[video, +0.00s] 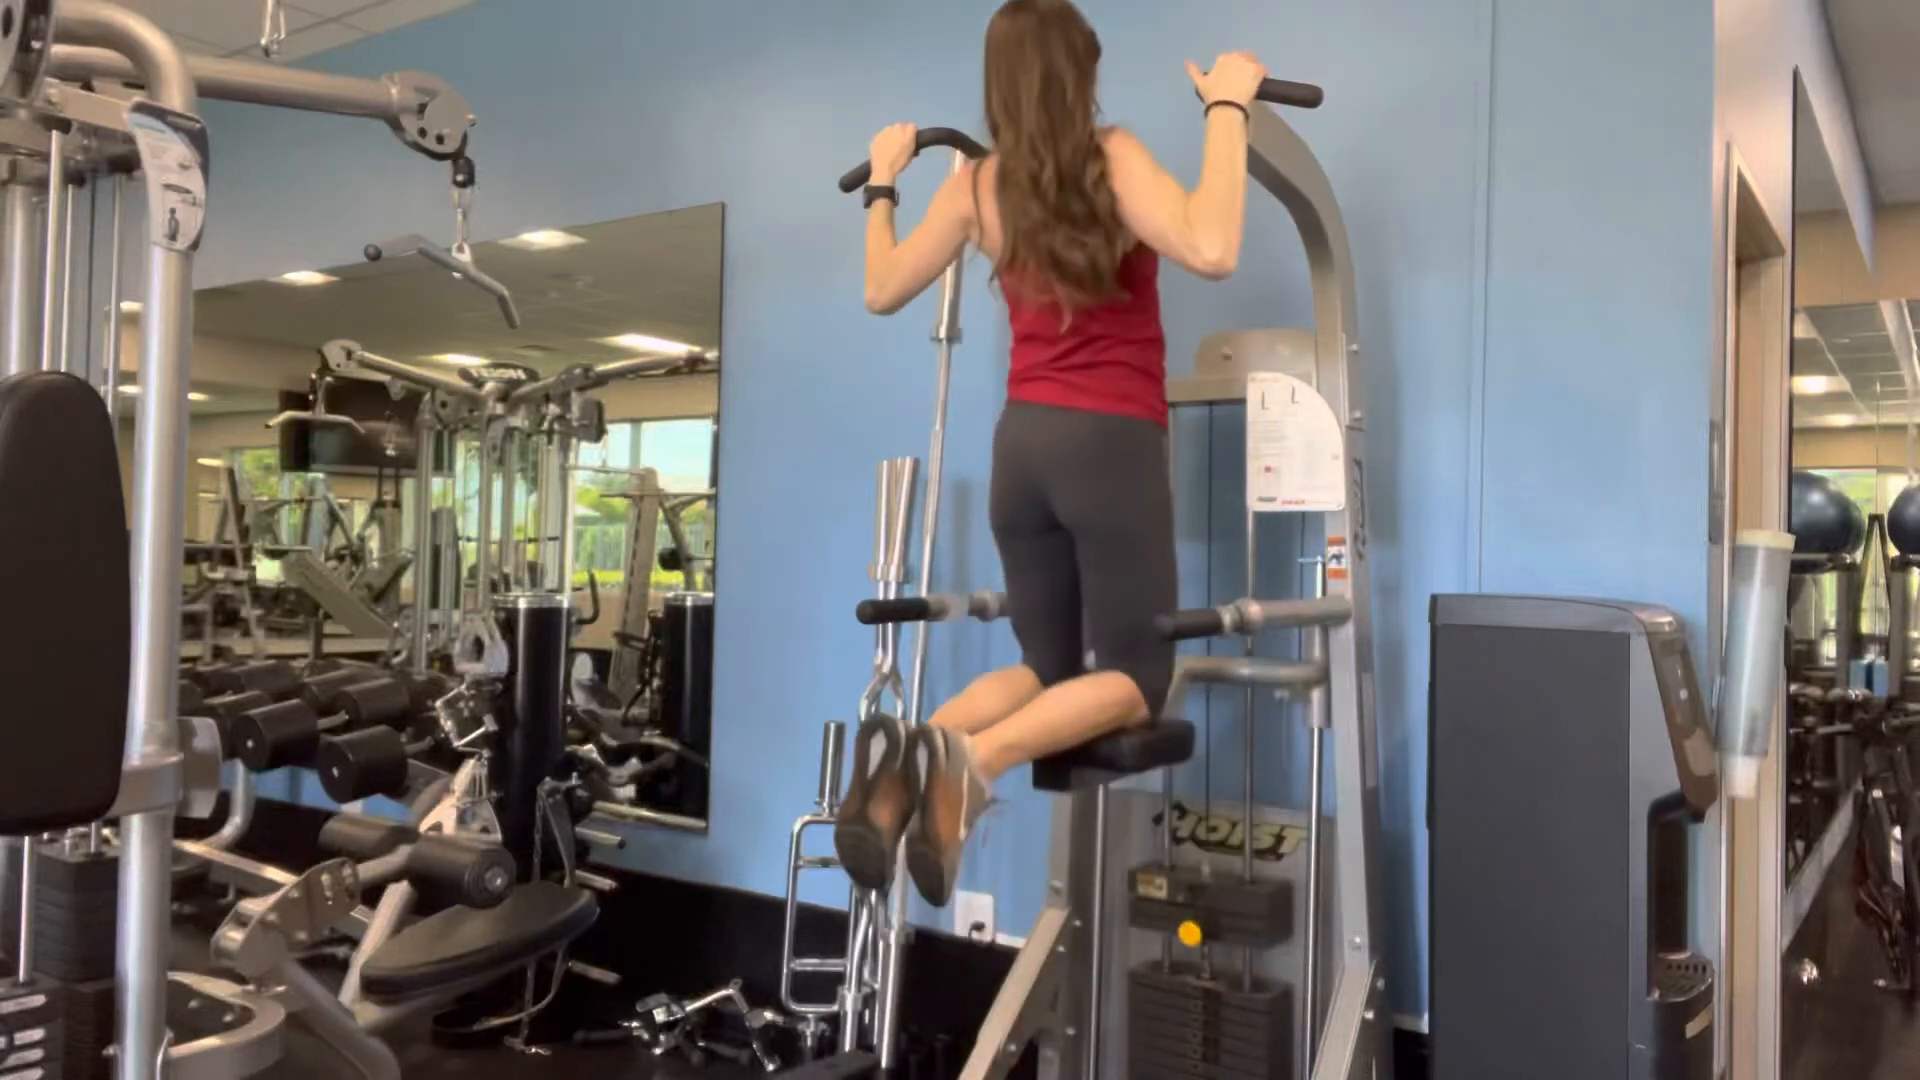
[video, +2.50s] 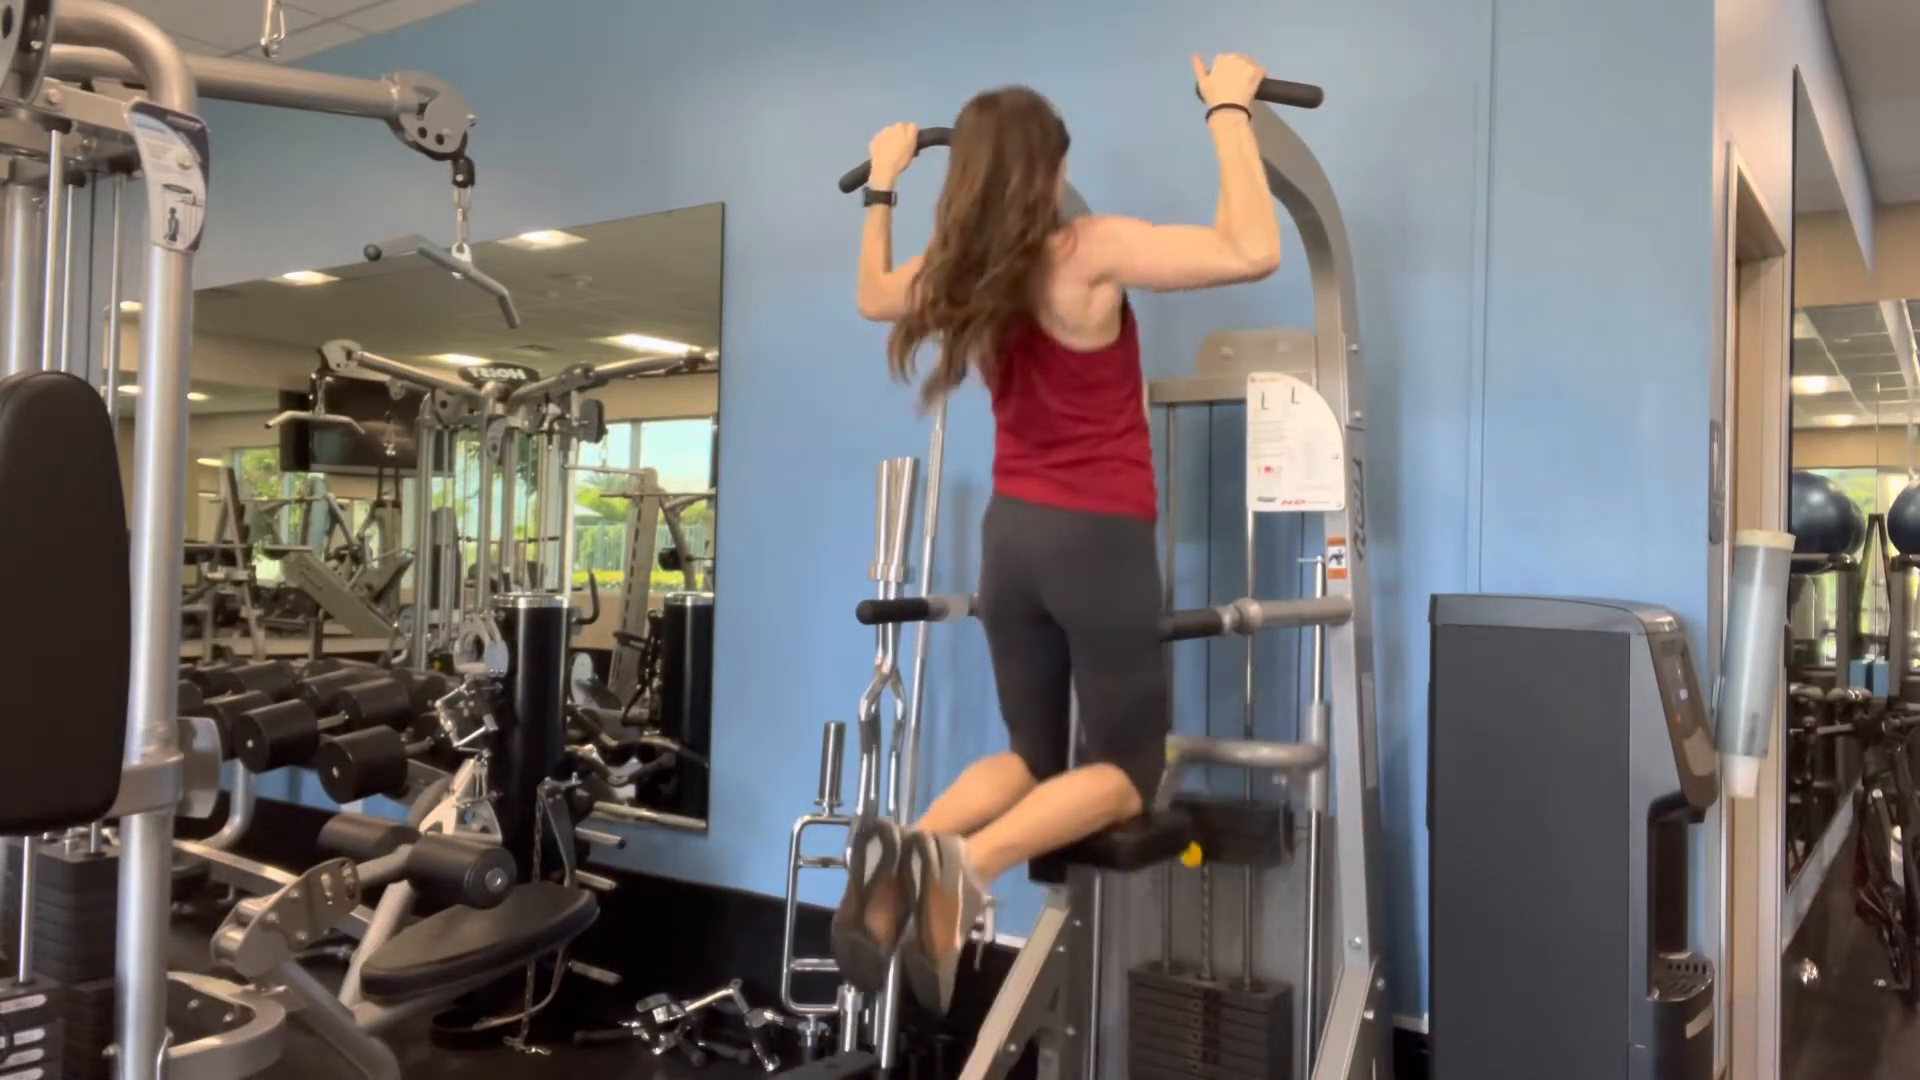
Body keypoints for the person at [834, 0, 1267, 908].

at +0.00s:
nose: (1093, 77)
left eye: (1080, 61)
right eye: (1088, 63)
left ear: (999, 80)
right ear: (1081, 72)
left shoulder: (977, 182)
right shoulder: (1111, 156)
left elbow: (884, 288)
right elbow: (1211, 249)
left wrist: (880, 183)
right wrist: (1228, 109)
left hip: (1021, 442)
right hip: (1110, 443)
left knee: (1050, 671)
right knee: (1134, 686)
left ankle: (919, 748)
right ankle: (977, 757)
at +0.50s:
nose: (1087, 36)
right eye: (1083, 25)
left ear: (995, 43)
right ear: (1078, 36)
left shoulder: (975, 151)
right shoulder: (1107, 126)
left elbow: (891, 278)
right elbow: (1178, 240)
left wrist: (880, 178)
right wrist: (1226, 109)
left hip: (1016, 411)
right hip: (1104, 410)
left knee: (1047, 638)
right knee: (1136, 651)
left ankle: (916, 714)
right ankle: (977, 722)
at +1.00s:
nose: (1090, 56)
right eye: (1085, 42)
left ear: (999, 57)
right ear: (1080, 52)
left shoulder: (970, 161)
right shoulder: (1108, 139)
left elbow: (882, 281)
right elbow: (1195, 243)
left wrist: (878, 178)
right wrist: (1228, 109)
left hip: (1015, 424)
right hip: (1104, 424)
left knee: (1049, 649)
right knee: (1136, 663)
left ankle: (918, 716)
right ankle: (978, 727)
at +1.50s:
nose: (1033, 263)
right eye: (1025, 254)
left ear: (946, 284)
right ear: (1023, 275)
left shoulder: (946, 364)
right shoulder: (1066, 348)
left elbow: (894, 288)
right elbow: (1213, 262)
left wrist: (884, 185)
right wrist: (1224, 110)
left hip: (987, 658)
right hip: (1077, 665)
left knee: (1036, 863)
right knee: (1123, 884)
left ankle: (895, 962)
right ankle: (959, 970)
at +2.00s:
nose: (1050, 329)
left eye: (999, 329)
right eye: (1041, 324)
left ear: (965, 362)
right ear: (1039, 345)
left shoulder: (968, 423)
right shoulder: (1090, 404)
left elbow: (921, 302)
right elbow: (1191, 273)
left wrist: (890, 186)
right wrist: (1222, 116)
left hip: (992, 713)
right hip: (1082, 729)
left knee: (1022, 929)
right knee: (1115, 949)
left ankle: (903, 1044)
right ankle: (967, 1065)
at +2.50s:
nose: (1070, 165)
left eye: (1060, 156)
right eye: (1063, 155)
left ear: (968, 171)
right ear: (1051, 165)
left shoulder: (969, 264)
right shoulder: (1091, 246)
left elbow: (873, 296)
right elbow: (1251, 249)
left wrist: (879, 184)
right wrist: (1230, 110)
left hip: (1011, 534)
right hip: (1099, 540)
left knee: (1034, 758)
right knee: (1128, 773)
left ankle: (909, 850)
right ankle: (968, 865)